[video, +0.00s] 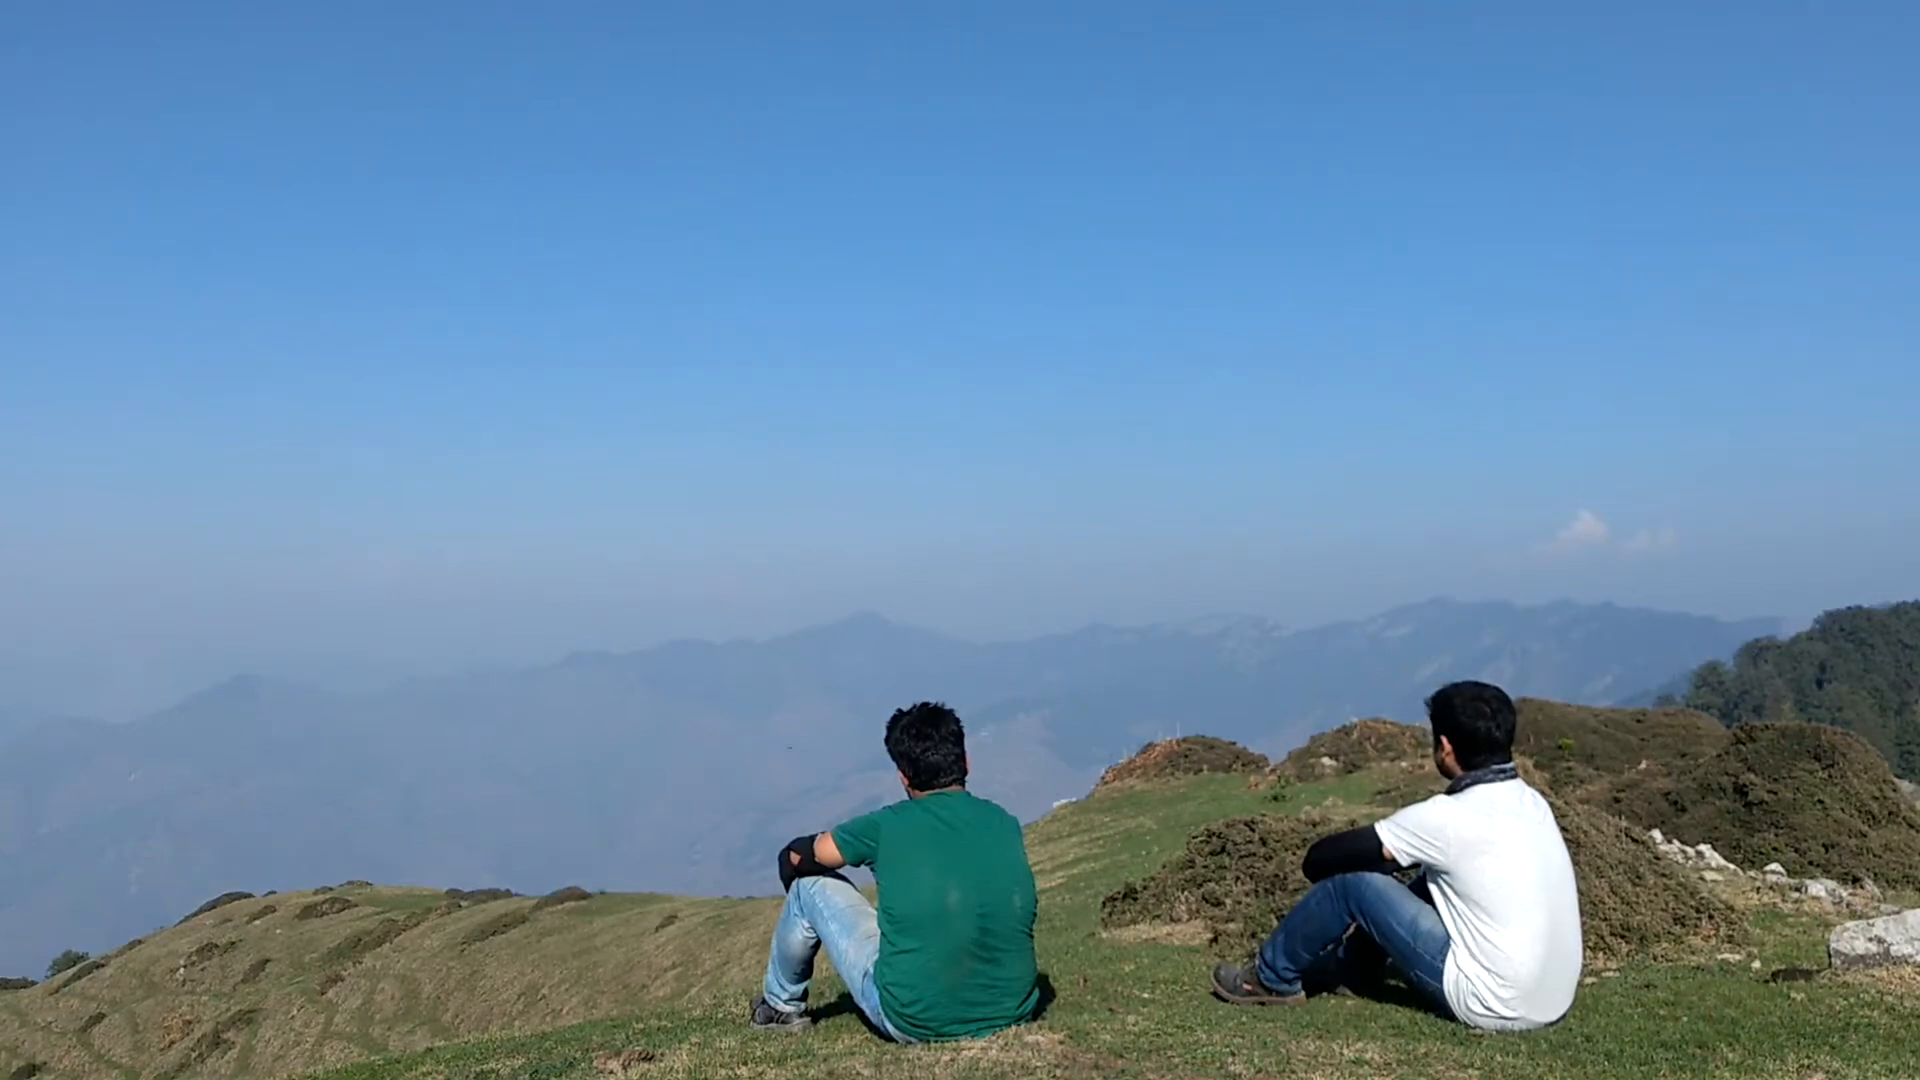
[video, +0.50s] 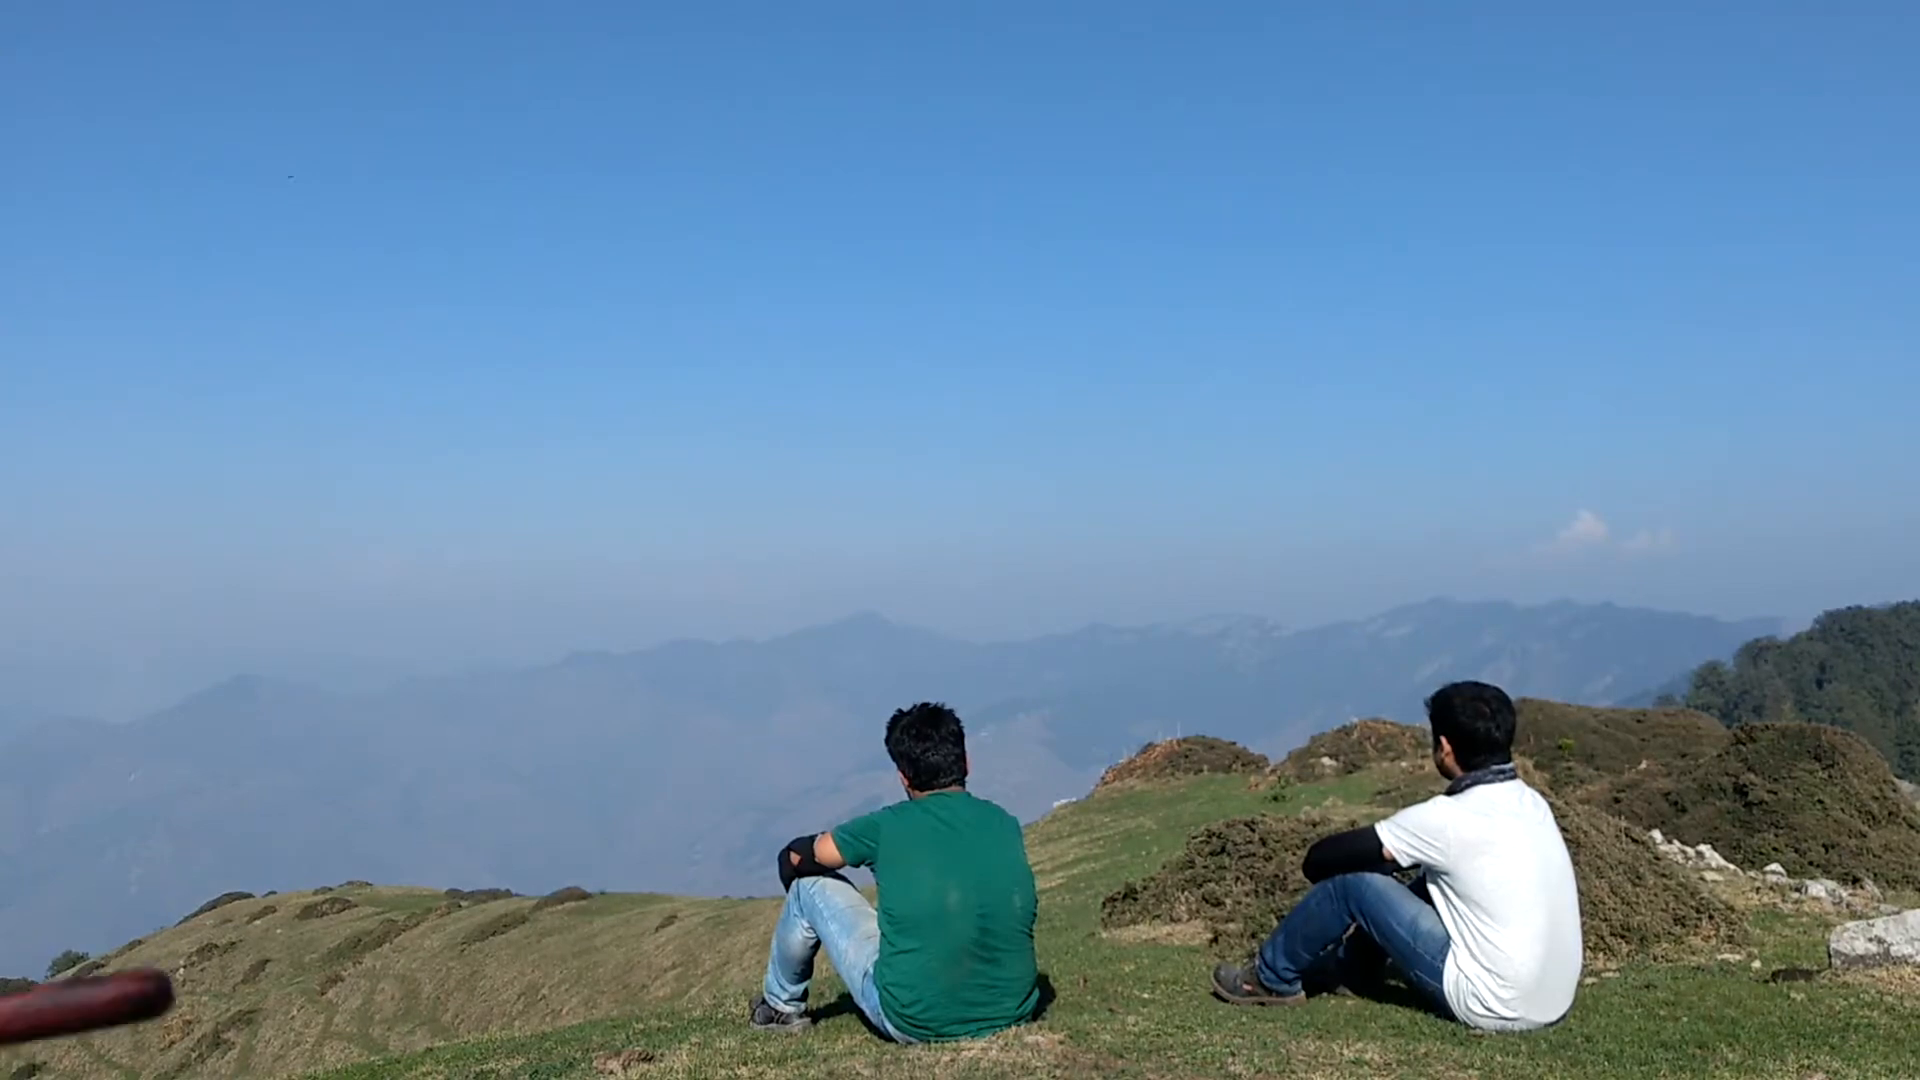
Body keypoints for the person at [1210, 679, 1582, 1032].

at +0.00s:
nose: (1434, 749)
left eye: (1434, 738)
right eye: (1434, 738)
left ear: (1448, 748)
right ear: (1504, 741)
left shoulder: (1449, 815)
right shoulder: (1533, 802)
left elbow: (1319, 859)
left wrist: (1390, 866)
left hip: (1488, 1002)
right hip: (1547, 999)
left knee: (1352, 883)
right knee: (1429, 877)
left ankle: (1271, 976)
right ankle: (1347, 967)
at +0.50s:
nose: (1434, 749)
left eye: (1434, 739)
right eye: (1433, 738)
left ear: (1448, 748)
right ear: (1503, 741)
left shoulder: (1448, 816)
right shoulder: (1533, 802)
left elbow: (1318, 860)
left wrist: (1391, 867)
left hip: (1488, 1003)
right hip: (1548, 999)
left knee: (1352, 883)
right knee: (1428, 878)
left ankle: (1271, 977)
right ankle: (1347, 967)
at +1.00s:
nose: (1434, 748)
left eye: (1433, 738)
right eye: (1433, 738)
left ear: (1447, 748)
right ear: (1503, 741)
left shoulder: (1448, 816)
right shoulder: (1532, 802)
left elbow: (1318, 860)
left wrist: (1390, 867)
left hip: (1488, 1003)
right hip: (1547, 999)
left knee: (1352, 883)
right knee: (1429, 879)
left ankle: (1271, 977)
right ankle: (1344, 967)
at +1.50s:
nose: (1433, 748)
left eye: (1434, 738)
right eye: (1433, 738)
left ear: (1447, 748)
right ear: (1503, 742)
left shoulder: (1449, 816)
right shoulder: (1533, 803)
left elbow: (1318, 860)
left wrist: (1390, 864)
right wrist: (1383, 860)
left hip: (1487, 1003)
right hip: (1547, 998)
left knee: (1353, 883)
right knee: (1430, 876)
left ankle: (1271, 976)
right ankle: (1352, 964)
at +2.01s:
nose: (1422, 751)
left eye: (1432, 739)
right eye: (1424, 738)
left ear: (1473, 750)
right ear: (1480, 751)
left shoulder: (1450, 816)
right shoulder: (1533, 803)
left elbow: (1320, 860)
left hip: (1487, 1004)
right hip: (1546, 1001)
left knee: (1354, 885)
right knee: (1433, 878)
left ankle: (1271, 979)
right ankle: (1350, 966)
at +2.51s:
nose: (1438, 737)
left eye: (1455, 726)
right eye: (1440, 724)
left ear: (1496, 742)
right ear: (1500, 746)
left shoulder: (1472, 790)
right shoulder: (1529, 796)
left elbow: (1427, 905)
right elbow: (1464, 844)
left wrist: (1326, 902)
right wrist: (1387, 857)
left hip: (1488, 1005)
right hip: (1544, 1001)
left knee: (1351, 872)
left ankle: (1274, 975)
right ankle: (1351, 964)